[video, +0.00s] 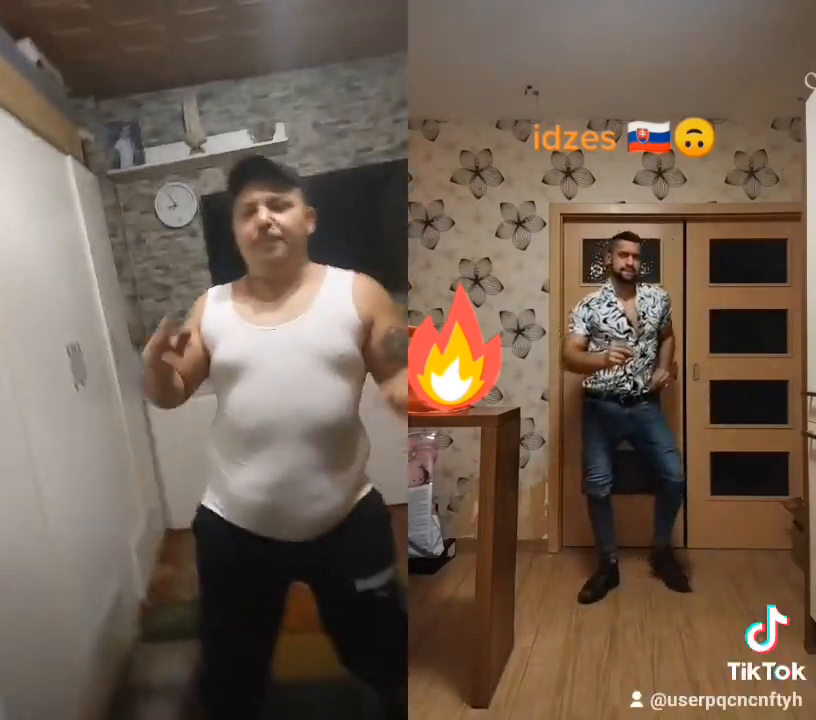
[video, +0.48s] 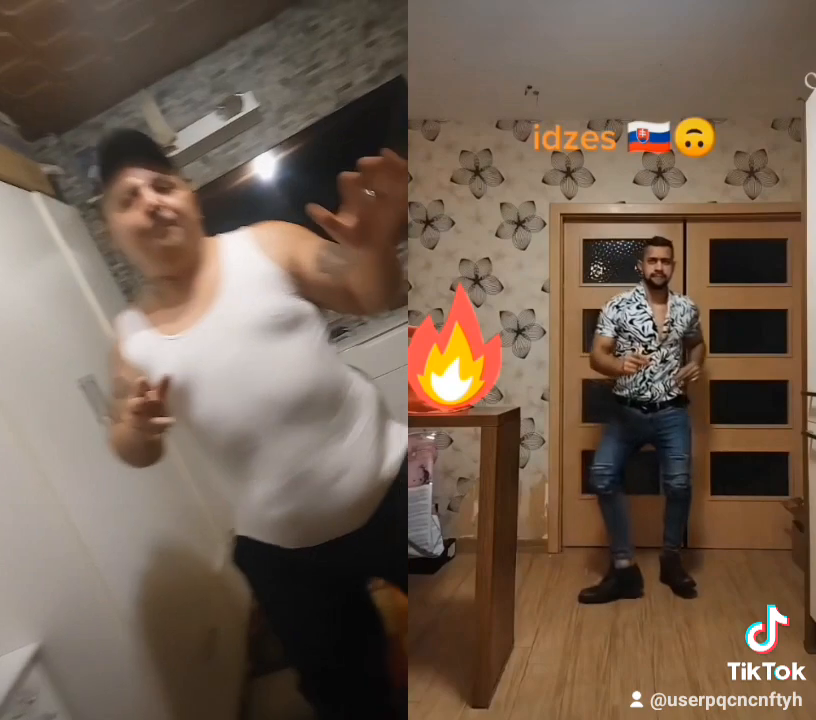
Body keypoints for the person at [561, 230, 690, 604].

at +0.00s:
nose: (630, 262)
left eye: (635, 257)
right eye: (624, 256)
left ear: (641, 263)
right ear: (609, 259)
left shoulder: (657, 299)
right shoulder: (589, 305)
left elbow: (667, 337)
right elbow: (570, 357)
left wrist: (663, 368)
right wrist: (602, 360)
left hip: (645, 405)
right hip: (601, 406)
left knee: (673, 477)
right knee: (597, 485)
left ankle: (662, 554)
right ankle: (607, 566)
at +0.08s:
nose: (636, 260)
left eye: (641, 255)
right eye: (629, 254)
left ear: (647, 261)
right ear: (615, 257)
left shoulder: (660, 299)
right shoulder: (594, 301)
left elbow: (669, 336)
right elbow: (573, 352)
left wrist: (667, 363)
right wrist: (605, 358)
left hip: (648, 404)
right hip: (604, 403)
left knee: (671, 477)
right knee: (600, 481)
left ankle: (667, 558)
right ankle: (607, 566)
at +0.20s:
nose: (644, 261)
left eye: (650, 255)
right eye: (638, 254)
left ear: (657, 261)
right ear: (625, 258)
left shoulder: (667, 301)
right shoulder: (601, 298)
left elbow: (675, 340)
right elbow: (579, 348)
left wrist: (674, 363)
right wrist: (610, 355)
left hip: (657, 407)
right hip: (611, 405)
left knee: (673, 480)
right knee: (602, 483)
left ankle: (671, 561)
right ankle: (607, 566)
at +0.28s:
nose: (649, 261)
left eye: (655, 256)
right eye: (643, 255)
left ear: (662, 262)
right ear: (630, 259)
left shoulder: (672, 302)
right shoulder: (606, 299)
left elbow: (681, 341)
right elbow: (583, 349)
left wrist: (679, 362)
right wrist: (613, 355)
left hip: (661, 407)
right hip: (616, 406)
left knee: (674, 481)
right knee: (601, 481)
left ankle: (671, 561)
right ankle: (609, 566)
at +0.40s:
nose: (656, 265)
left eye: (661, 259)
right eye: (650, 258)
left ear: (669, 265)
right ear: (637, 263)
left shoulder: (682, 306)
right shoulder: (615, 304)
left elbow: (690, 345)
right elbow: (591, 353)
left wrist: (689, 363)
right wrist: (617, 362)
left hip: (668, 408)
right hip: (623, 408)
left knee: (675, 480)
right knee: (599, 474)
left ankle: (671, 562)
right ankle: (618, 568)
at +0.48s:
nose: (659, 267)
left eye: (665, 261)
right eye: (653, 261)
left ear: (673, 267)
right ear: (641, 265)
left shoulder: (686, 310)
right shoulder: (617, 308)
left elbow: (696, 345)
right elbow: (597, 357)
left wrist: (694, 365)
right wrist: (620, 366)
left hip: (672, 412)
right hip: (627, 412)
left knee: (678, 484)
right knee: (603, 478)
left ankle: (671, 562)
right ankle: (624, 571)